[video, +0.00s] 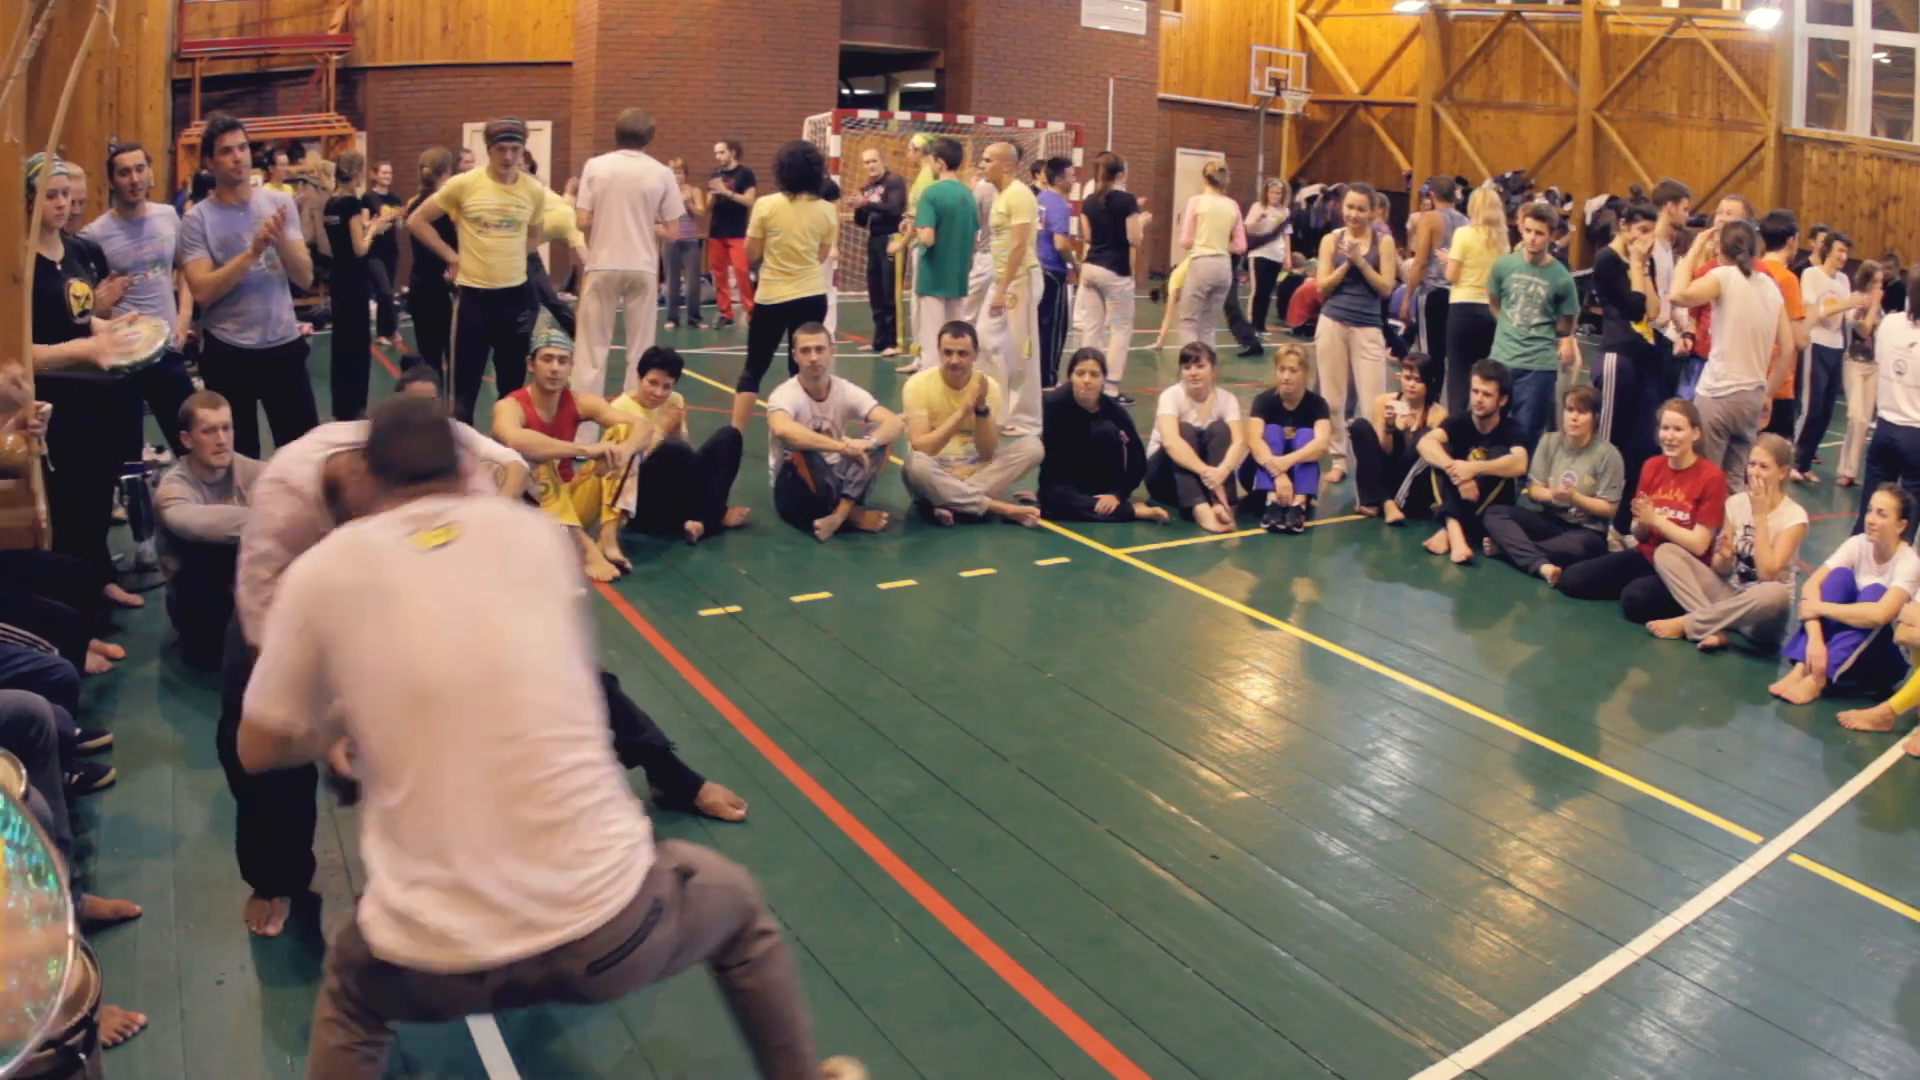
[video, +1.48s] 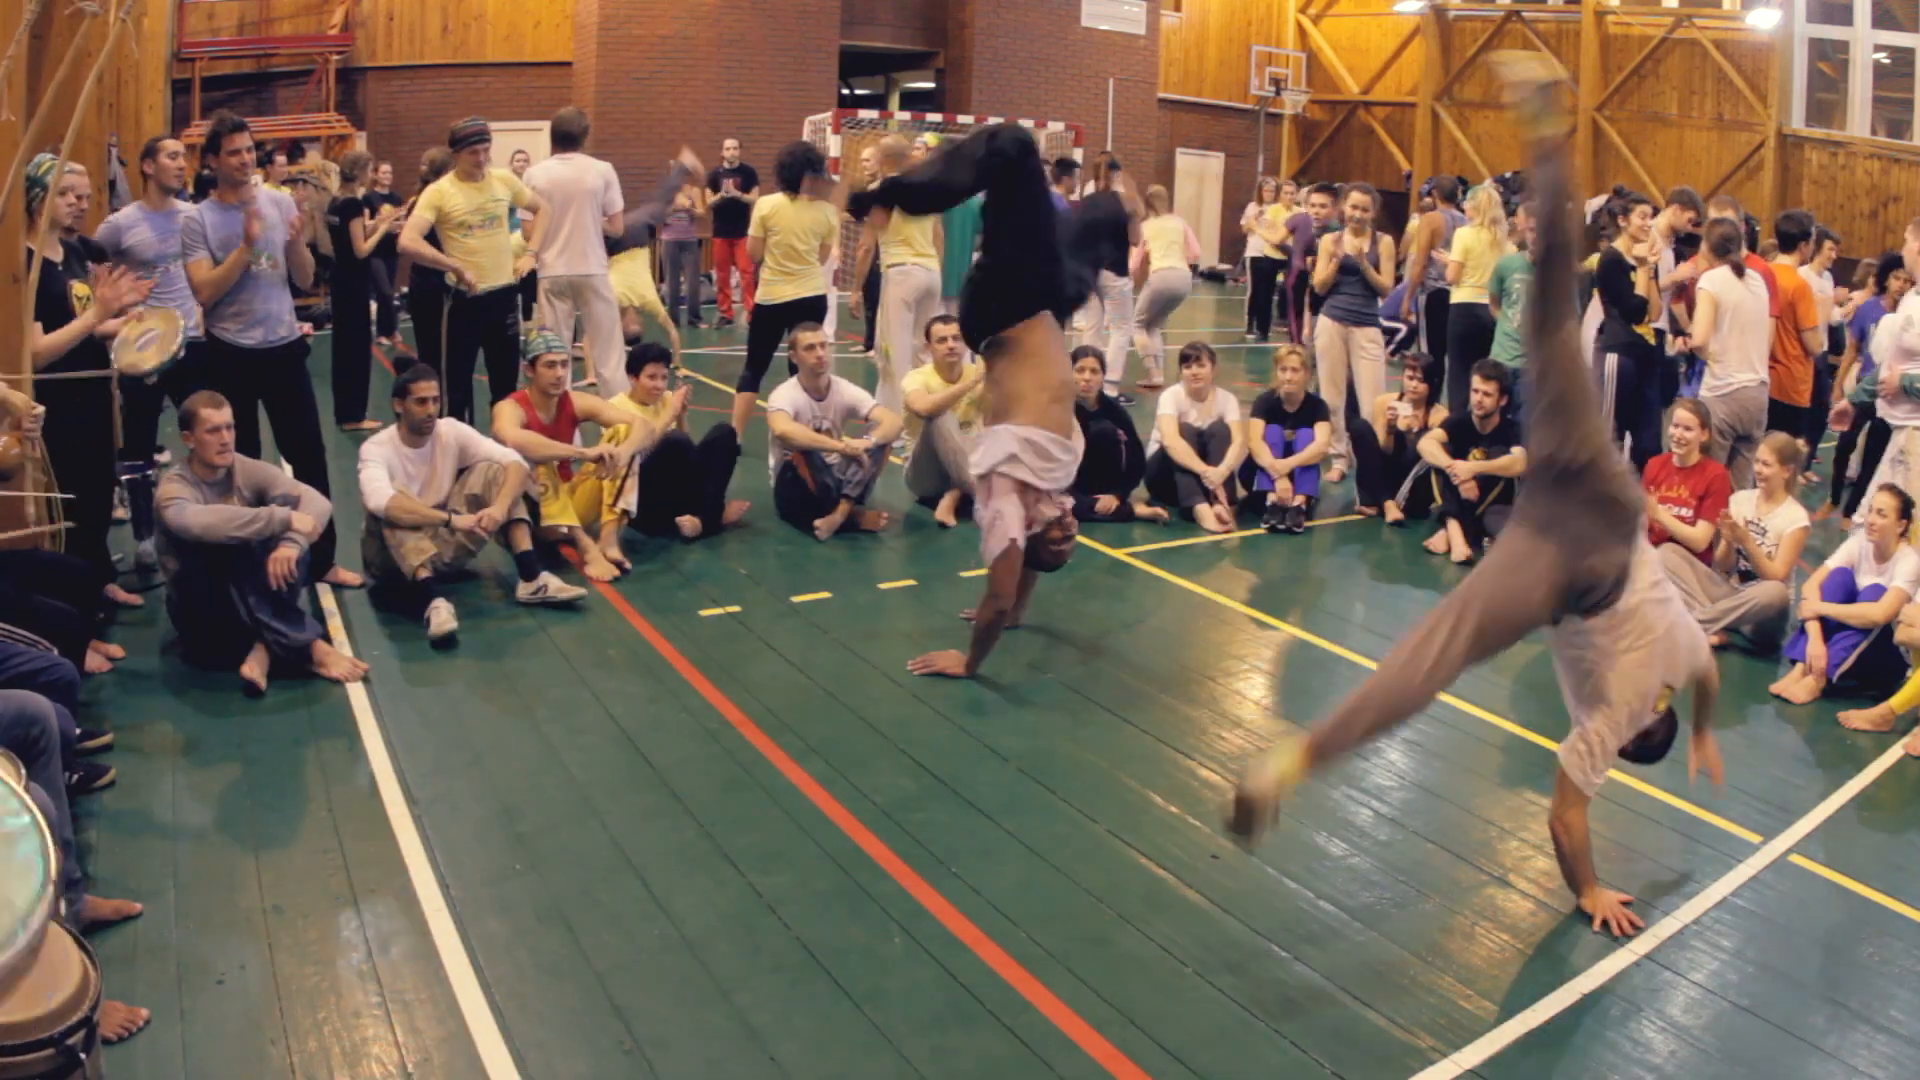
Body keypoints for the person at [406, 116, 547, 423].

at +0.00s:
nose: (508, 156)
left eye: (514, 150)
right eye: (502, 149)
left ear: (522, 152)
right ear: (489, 149)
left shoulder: (534, 190)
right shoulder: (463, 185)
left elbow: (535, 238)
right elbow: (416, 221)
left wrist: (504, 256)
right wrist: (453, 258)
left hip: (516, 295)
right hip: (473, 295)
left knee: (512, 383)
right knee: (465, 383)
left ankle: (512, 454)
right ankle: (458, 450)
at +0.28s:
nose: (506, 158)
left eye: (512, 150)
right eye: (499, 150)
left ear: (520, 151)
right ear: (485, 150)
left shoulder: (533, 189)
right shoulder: (460, 185)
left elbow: (526, 236)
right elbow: (412, 220)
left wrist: (513, 265)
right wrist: (451, 255)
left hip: (513, 296)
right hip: (472, 297)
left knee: (511, 387)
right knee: (464, 390)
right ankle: (457, 455)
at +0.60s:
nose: (501, 161)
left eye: (507, 154)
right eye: (494, 154)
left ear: (513, 153)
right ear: (478, 153)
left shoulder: (523, 187)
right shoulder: (455, 186)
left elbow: (533, 221)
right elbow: (403, 221)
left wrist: (513, 248)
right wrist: (442, 254)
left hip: (509, 294)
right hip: (469, 295)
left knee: (510, 382)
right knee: (463, 381)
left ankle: (512, 449)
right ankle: (462, 448)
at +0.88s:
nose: (494, 158)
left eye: (500, 150)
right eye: (487, 151)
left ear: (506, 150)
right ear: (470, 152)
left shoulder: (518, 183)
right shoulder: (448, 188)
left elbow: (544, 211)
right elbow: (393, 221)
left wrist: (520, 246)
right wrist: (435, 254)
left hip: (506, 294)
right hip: (466, 295)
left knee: (507, 380)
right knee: (460, 379)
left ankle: (510, 451)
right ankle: (460, 447)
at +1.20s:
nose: (486, 160)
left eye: (491, 153)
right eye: (479, 154)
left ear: (496, 151)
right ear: (461, 154)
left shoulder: (508, 180)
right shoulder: (440, 192)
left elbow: (539, 204)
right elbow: (391, 232)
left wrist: (531, 252)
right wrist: (437, 269)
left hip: (506, 294)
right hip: (465, 296)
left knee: (506, 381)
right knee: (460, 380)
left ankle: (508, 450)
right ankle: (461, 447)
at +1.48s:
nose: (481, 158)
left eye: (485, 150)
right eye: (473, 152)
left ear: (490, 150)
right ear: (455, 154)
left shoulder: (504, 180)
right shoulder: (438, 192)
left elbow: (542, 208)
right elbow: (407, 242)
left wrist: (531, 253)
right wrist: (453, 266)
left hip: (503, 296)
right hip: (461, 299)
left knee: (505, 381)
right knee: (457, 382)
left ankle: (507, 449)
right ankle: (458, 449)